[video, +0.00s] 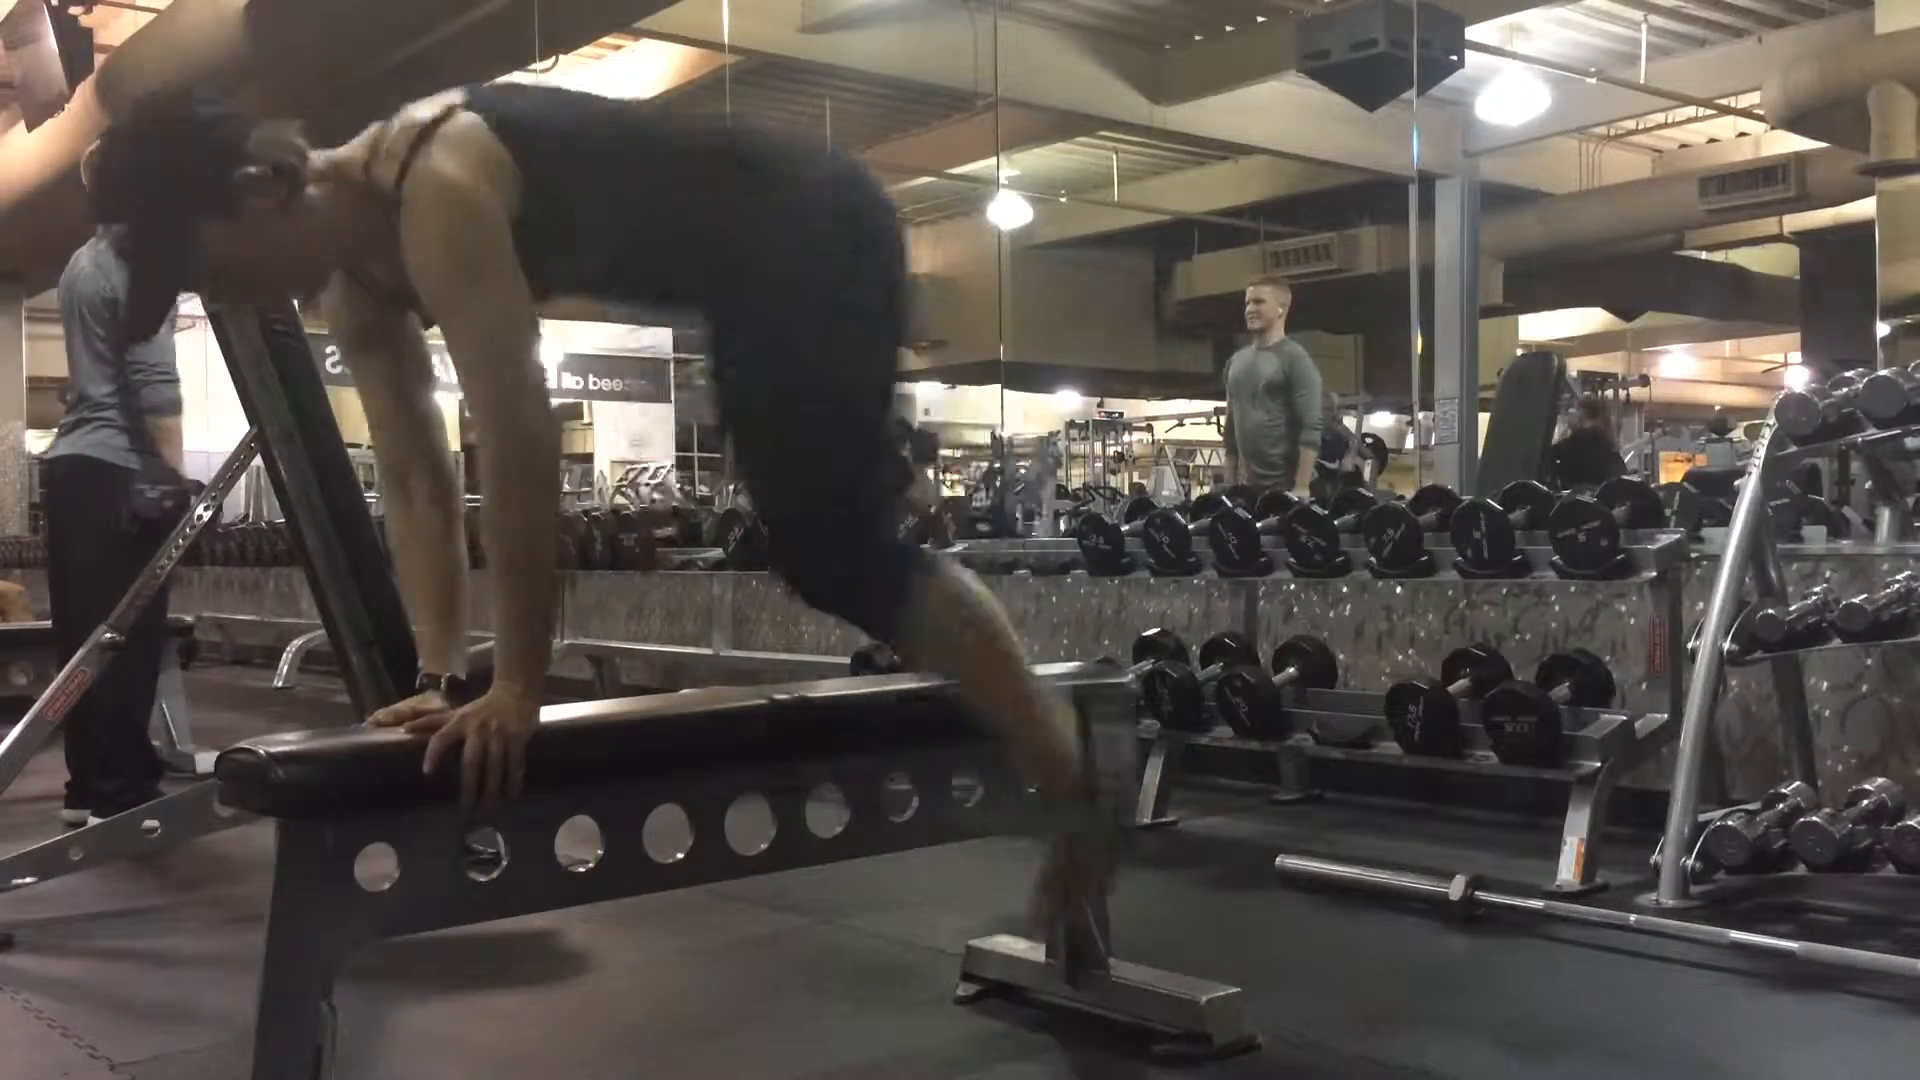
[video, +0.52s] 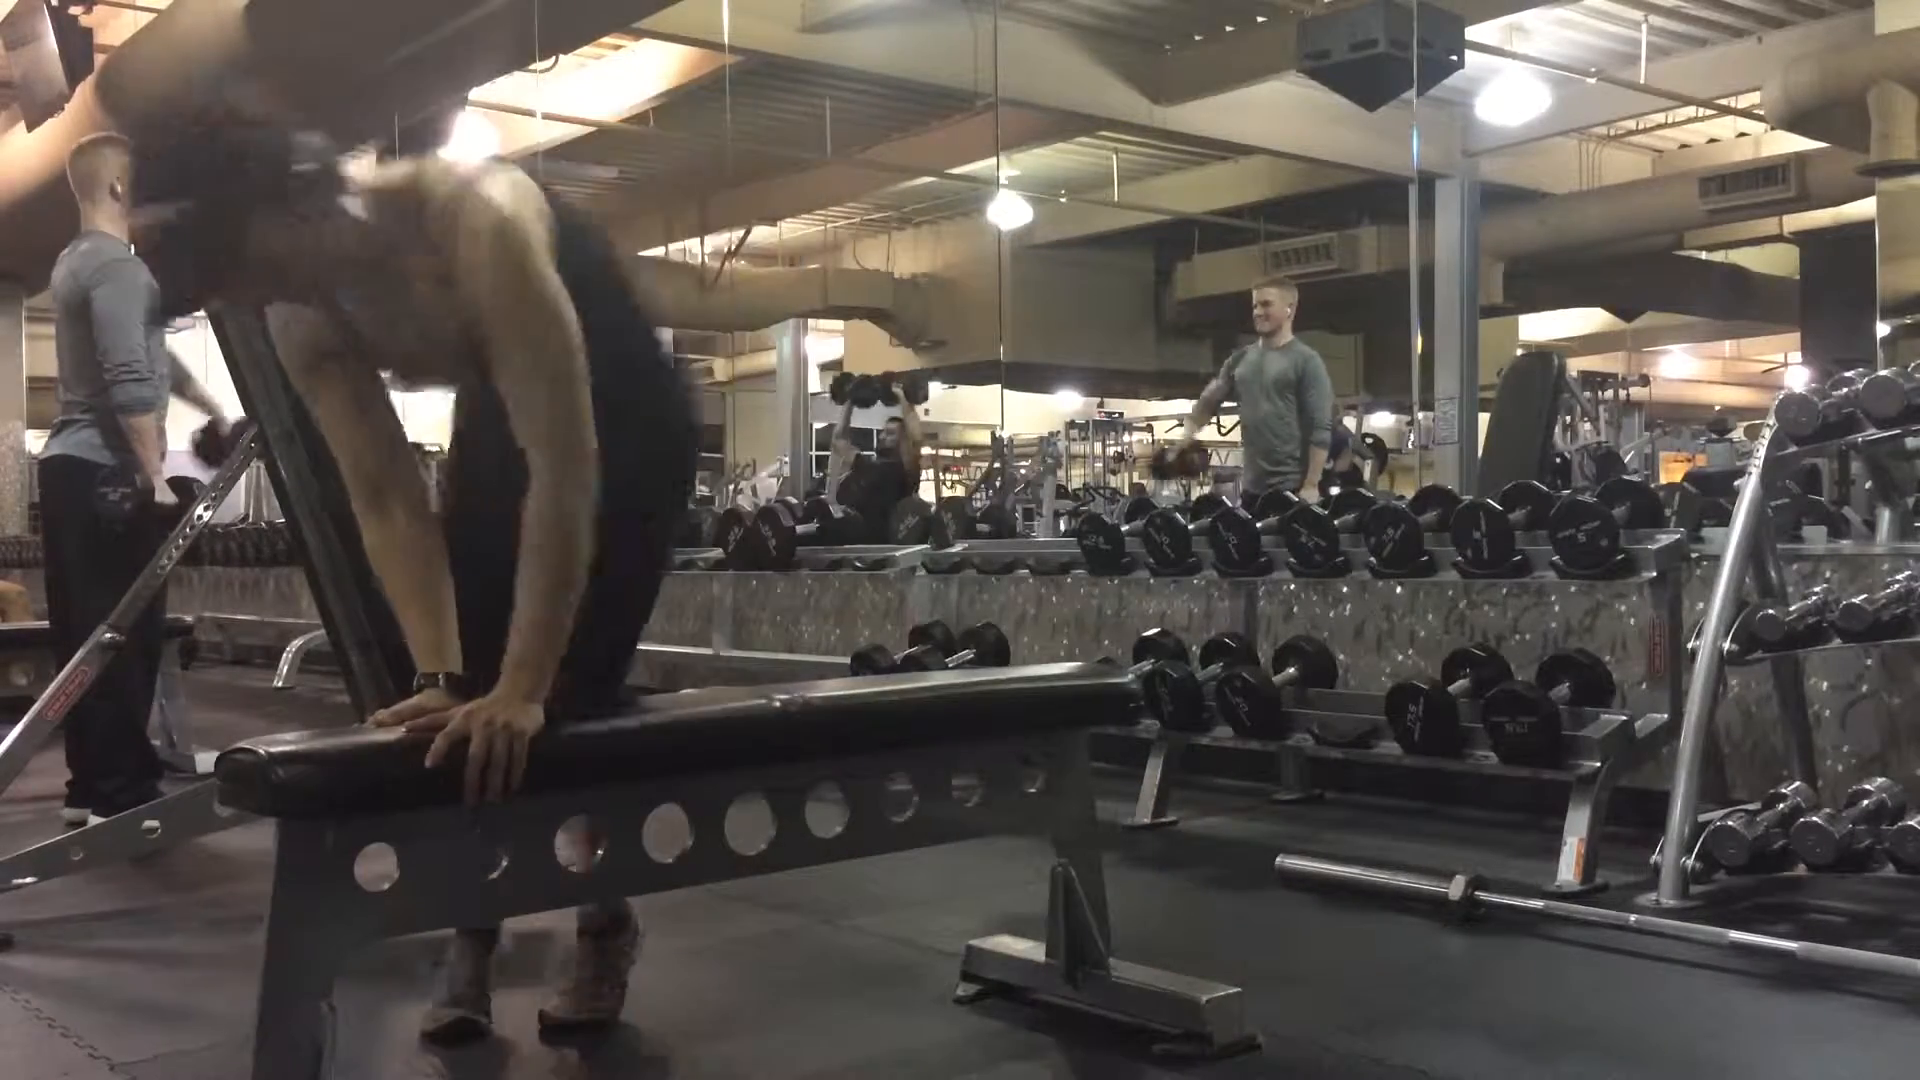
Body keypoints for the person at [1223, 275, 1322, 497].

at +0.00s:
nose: (1249, 309)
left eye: (1258, 302)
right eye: (1247, 303)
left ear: (1282, 309)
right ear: (1244, 307)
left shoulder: (1296, 359)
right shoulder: (1236, 362)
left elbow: (1312, 427)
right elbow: (1231, 425)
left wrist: (1302, 486)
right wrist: (1230, 480)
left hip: (1286, 486)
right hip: (1250, 484)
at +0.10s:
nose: (1250, 309)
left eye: (1259, 302)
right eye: (1248, 303)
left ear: (1282, 309)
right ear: (1244, 307)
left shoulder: (1298, 360)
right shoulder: (1234, 362)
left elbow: (1315, 428)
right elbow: (1230, 427)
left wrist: (1305, 486)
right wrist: (1231, 482)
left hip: (1287, 486)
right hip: (1249, 484)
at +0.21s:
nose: (1250, 309)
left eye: (1260, 302)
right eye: (1248, 303)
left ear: (1282, 309)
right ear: (1244, 307)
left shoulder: (1299, 360)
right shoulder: (1233, 363)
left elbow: (1317, 427)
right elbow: (1228, 426)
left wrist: (1308, 485)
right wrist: (1229, 482)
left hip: (1288, 484)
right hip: (1249, 483)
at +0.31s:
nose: (1251, 309)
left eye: (1260, 302)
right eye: (1248, 303)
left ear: (1283, 309)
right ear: (1245, 307)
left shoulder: (1301, 361)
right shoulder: (1233, 364)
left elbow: (1317, 428)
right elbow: (1223, 424)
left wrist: (1309, 485)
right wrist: (1221, 479)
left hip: (1288, 485)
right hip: (1247, 484)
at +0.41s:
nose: (1255, 310)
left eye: (1264, 303)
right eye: (1252, 304)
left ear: (1286, 310)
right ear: (1249, 308)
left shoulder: (1304, 362)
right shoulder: (1235, 363)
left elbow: (1319, 429)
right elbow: (1212, 421)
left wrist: (1310, 486)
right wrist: (1195, 476)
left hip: (1291, 488)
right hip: (1251, 488)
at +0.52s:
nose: (1257, 312)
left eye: (1266, 305)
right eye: (1255, 306)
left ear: (1290, 309)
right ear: (1252, 309)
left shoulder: (1307, 361)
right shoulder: (1241, 359)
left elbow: (1321, 429)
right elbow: (1208, 401)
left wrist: (1311, 485)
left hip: (1292, 484)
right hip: (1252, 484)